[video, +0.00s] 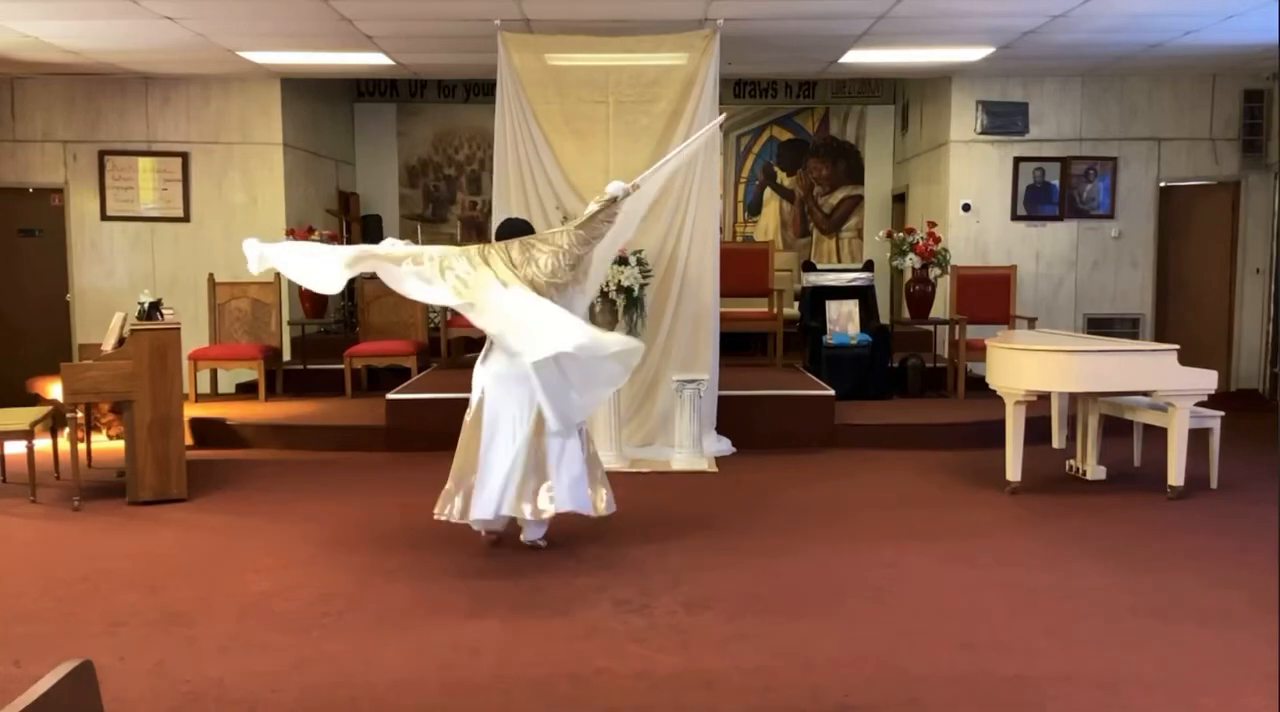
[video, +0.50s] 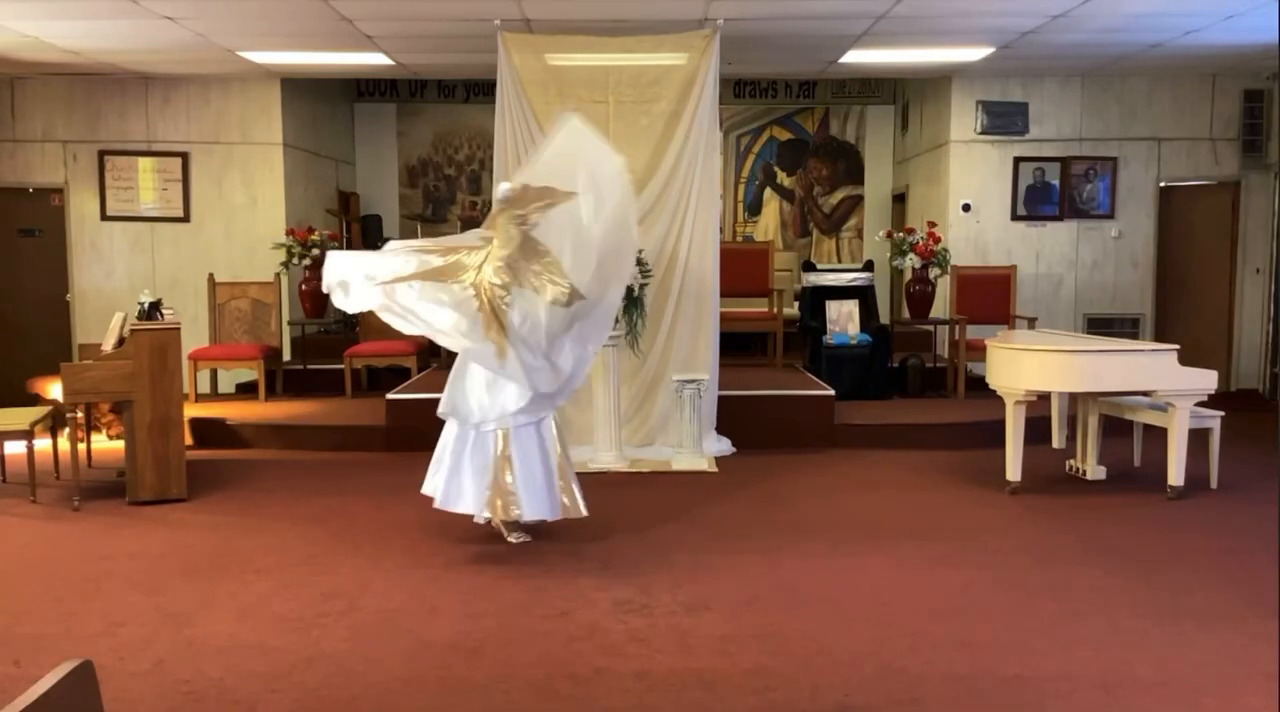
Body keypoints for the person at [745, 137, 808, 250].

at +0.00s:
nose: (777, 158)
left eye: (782, 155)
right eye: (778, 154)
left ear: (795, 157)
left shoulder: (805, 177)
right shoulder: (772, 175)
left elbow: (798, 199)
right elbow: (753, 212)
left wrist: (772, 183)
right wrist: (762, 184)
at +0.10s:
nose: (777, 158)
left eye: (782, 155)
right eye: (778, 154)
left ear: (795, 157)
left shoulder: (805, 177)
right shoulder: (772, 175)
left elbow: (798, 199)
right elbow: (753, 212)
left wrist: (772, 183)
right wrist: (762, 184)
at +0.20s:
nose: (777, 158)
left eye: (782, 155)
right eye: (778, 154)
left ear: (795, 157)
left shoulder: (804, 177)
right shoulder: (772, 175)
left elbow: (798, 199)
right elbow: (753, 211)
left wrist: (772, 183)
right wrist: (762, 183)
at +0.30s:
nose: (777, 158)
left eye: (782, 155)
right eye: (778, 154)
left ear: (795, 157)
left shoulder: (805, 177)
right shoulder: (772, 175)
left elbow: (798, 199)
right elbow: (753, 211)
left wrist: (772, 183)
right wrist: (762, 183)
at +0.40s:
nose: (777, 158)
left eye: (782, 155)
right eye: (777, 154)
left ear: (795, 157)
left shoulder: (805, 177)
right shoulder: (772, 175)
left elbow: (798, 199)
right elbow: (753, 211)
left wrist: (772, 183)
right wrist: (762, 183)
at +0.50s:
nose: (777, 158)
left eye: (782, 155)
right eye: (778, 154)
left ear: (795, 157)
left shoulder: (805, 177)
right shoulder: (772, 175)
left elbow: (798, 199)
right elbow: (753, 211)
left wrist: (772, 183)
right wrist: (762, 183)